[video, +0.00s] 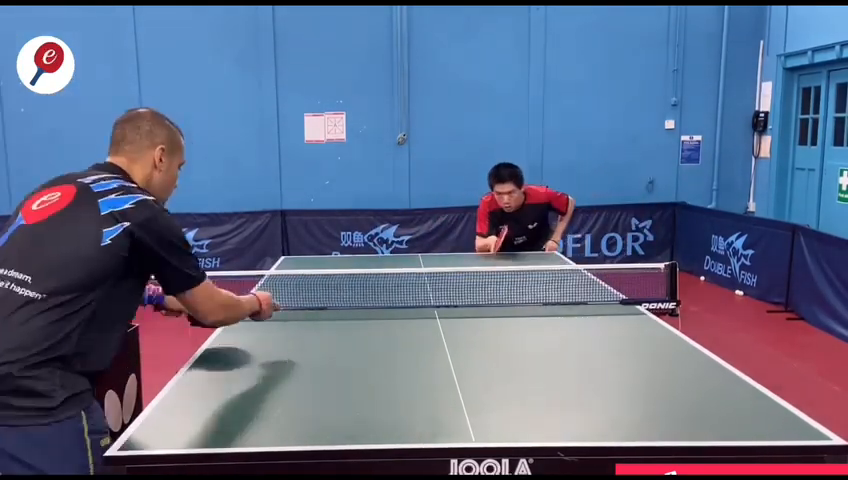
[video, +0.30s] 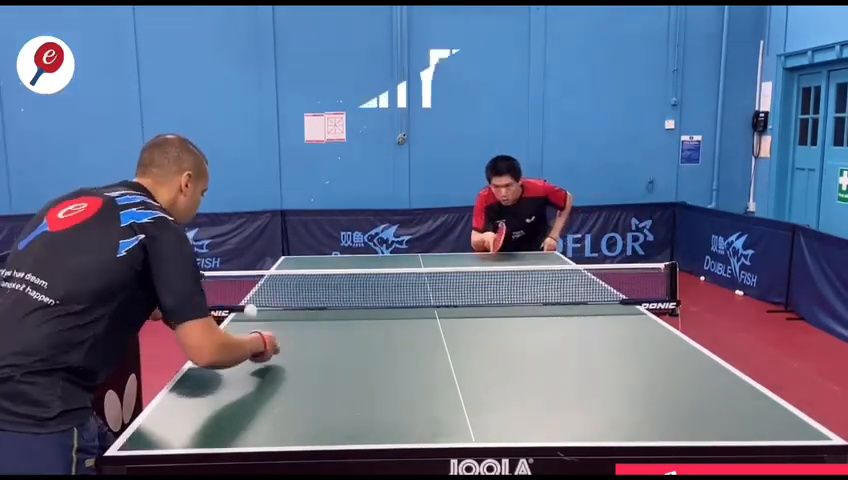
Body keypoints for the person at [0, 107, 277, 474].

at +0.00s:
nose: (176, 183)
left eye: (180, 170)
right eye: (178, 169)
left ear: (116, 150)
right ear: (158, 158)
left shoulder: (52, 190)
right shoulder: (144, 214)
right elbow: (213, 311)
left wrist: (161, 299)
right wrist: (253, 304)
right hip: (43, 403)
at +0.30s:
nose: (198, 208)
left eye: (203, 196)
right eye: (202, 194)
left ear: (142, 174)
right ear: (185, 184)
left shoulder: (71, 201)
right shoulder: (159, 227)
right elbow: (207, 350)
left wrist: (164, 310)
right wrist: (254, 344)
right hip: (41, 418)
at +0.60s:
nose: (192, 189)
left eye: (196, 178)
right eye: (194, 176)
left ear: (135, 161)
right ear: (176, 168)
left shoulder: (95, 194)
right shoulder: (126, 211)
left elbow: (166, 256)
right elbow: (147, 334)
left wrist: (248, 265)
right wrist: (213, 336)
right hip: (28, 394)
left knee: (127, 467)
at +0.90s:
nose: (126, 134)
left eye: (126, 121)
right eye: (124, 120)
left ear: (51, 120)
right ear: (100, 119)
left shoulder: (12, 173)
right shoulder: (64, 196)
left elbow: (21, 310)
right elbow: (73, 339)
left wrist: (101, 315)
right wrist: (130, 341)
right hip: (26, 434)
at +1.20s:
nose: (78, 109)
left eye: (77, 94)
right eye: (74, 94)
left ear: (30, 97)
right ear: (45, 97)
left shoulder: (11, 178)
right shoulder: (26, 188)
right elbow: (27, 340)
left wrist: (64, 339)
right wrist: (76, 345)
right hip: (11, 445)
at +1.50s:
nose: (101, 122)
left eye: (100, 109)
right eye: (98, 107)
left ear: (24, 102)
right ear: (71, 104)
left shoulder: (6, 163)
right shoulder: (52, 185)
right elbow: (79, 328)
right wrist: (146, 337)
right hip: (15, 430)